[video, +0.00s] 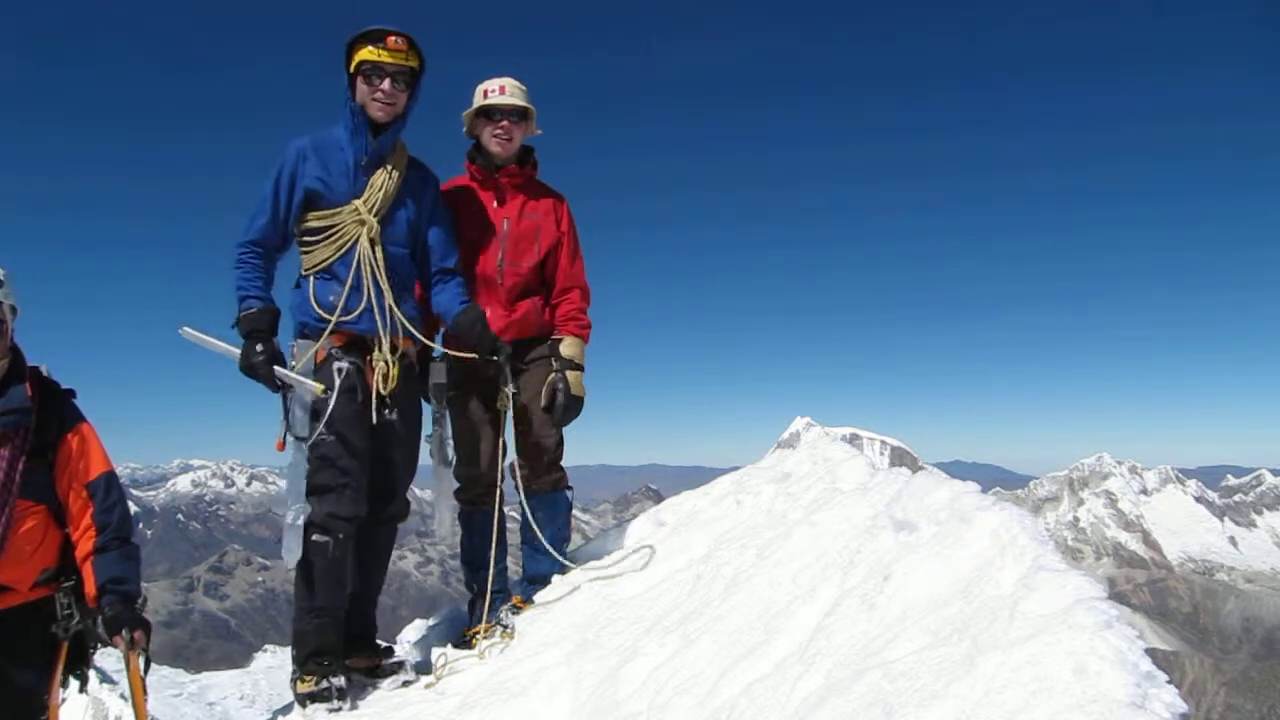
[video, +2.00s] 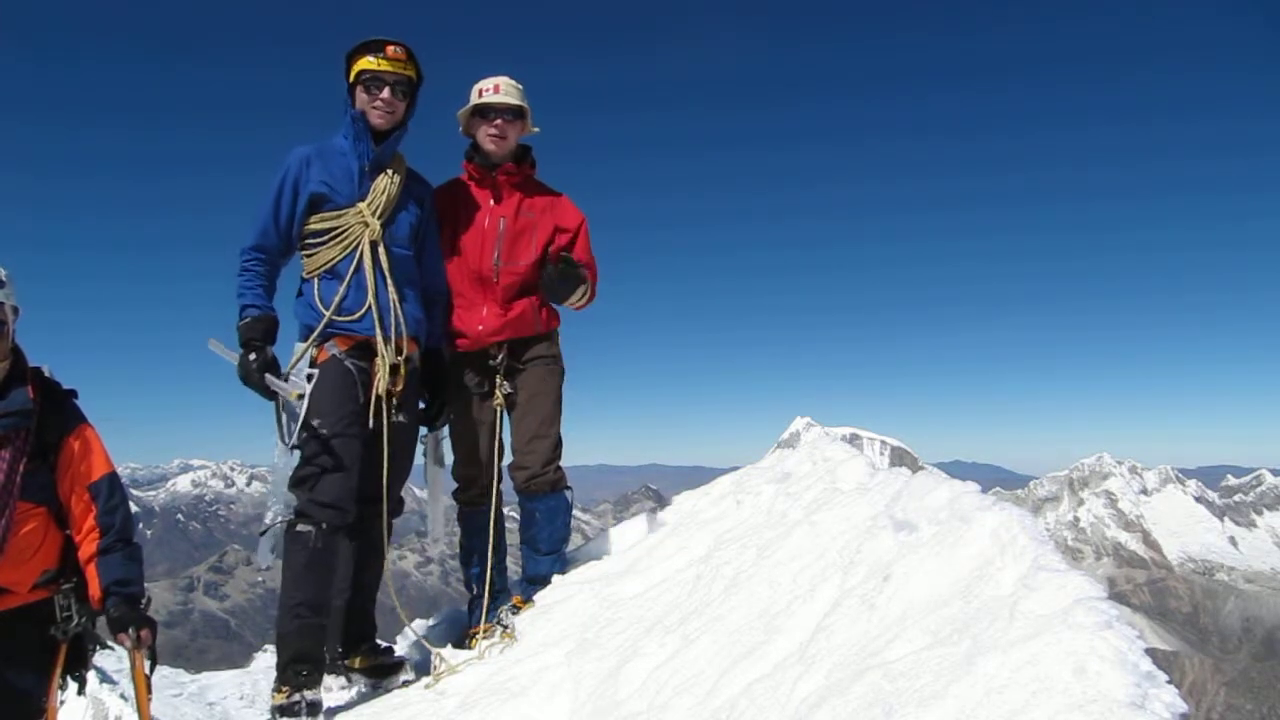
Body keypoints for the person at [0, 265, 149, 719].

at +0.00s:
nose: (0, 331)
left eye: (1, 318)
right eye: (0, 318)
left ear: (11, 321)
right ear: (6, 321)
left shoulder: (45, 408)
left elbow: (98, 507)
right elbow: (98, 507)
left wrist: (116, 597)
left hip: (24, 617)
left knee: (21, 707)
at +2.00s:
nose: (1, 329)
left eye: (2, 317)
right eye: (2, 317)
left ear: (12, 321)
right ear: (8, 321)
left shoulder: (47, 410)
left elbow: (99, 508)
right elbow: (99, 508)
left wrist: (119, 596)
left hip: (25, 619)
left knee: (20, 704)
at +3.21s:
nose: (0, 334)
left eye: (2, 320)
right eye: (1, 320)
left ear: (14, 323)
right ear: (8, 323)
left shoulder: (50, 411)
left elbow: (102, 510)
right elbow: (103, 510)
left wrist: (122, 598)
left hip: (25, 620)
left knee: (20, 706)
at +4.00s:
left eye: (3, 325)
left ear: (18, 326)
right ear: (7, 328)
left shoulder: (54, 414)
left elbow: (105, 512)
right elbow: (105, 512)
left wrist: (124, 598)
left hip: (25, 619)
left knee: (19, 706)